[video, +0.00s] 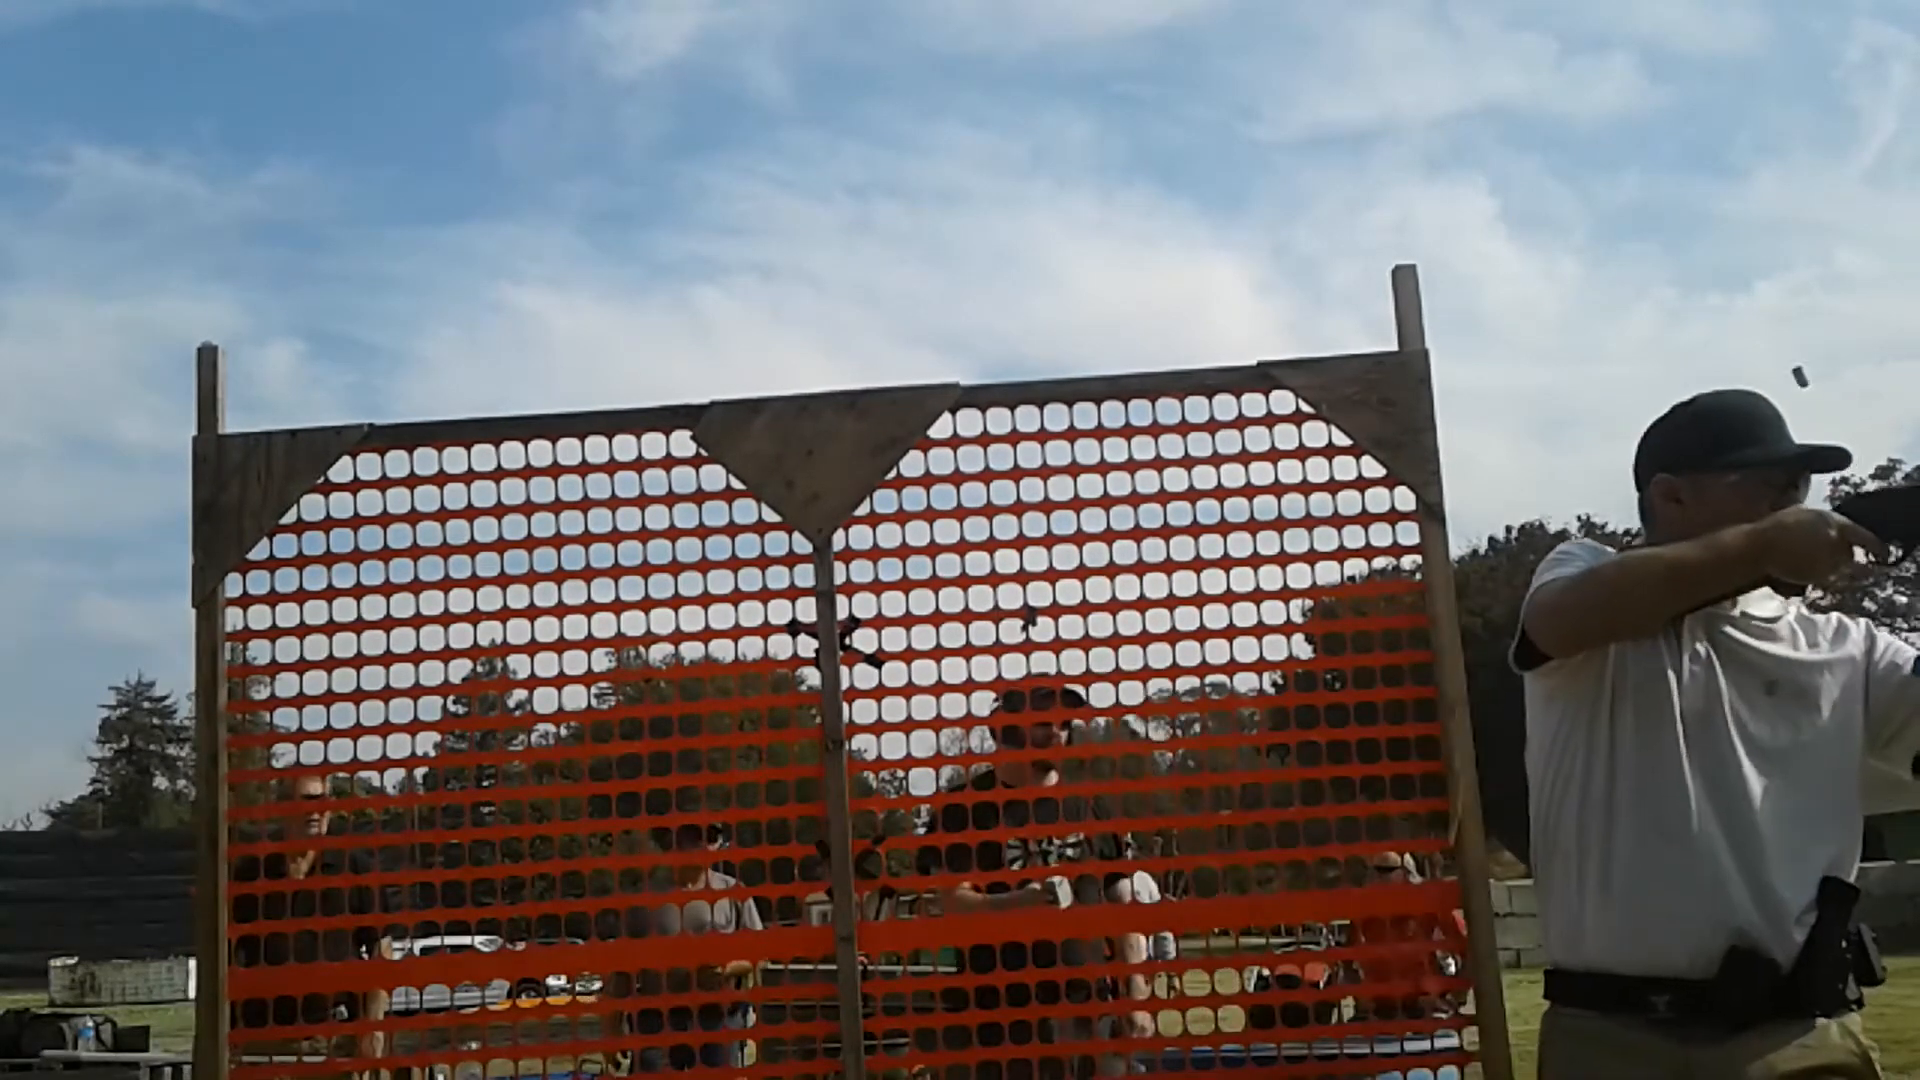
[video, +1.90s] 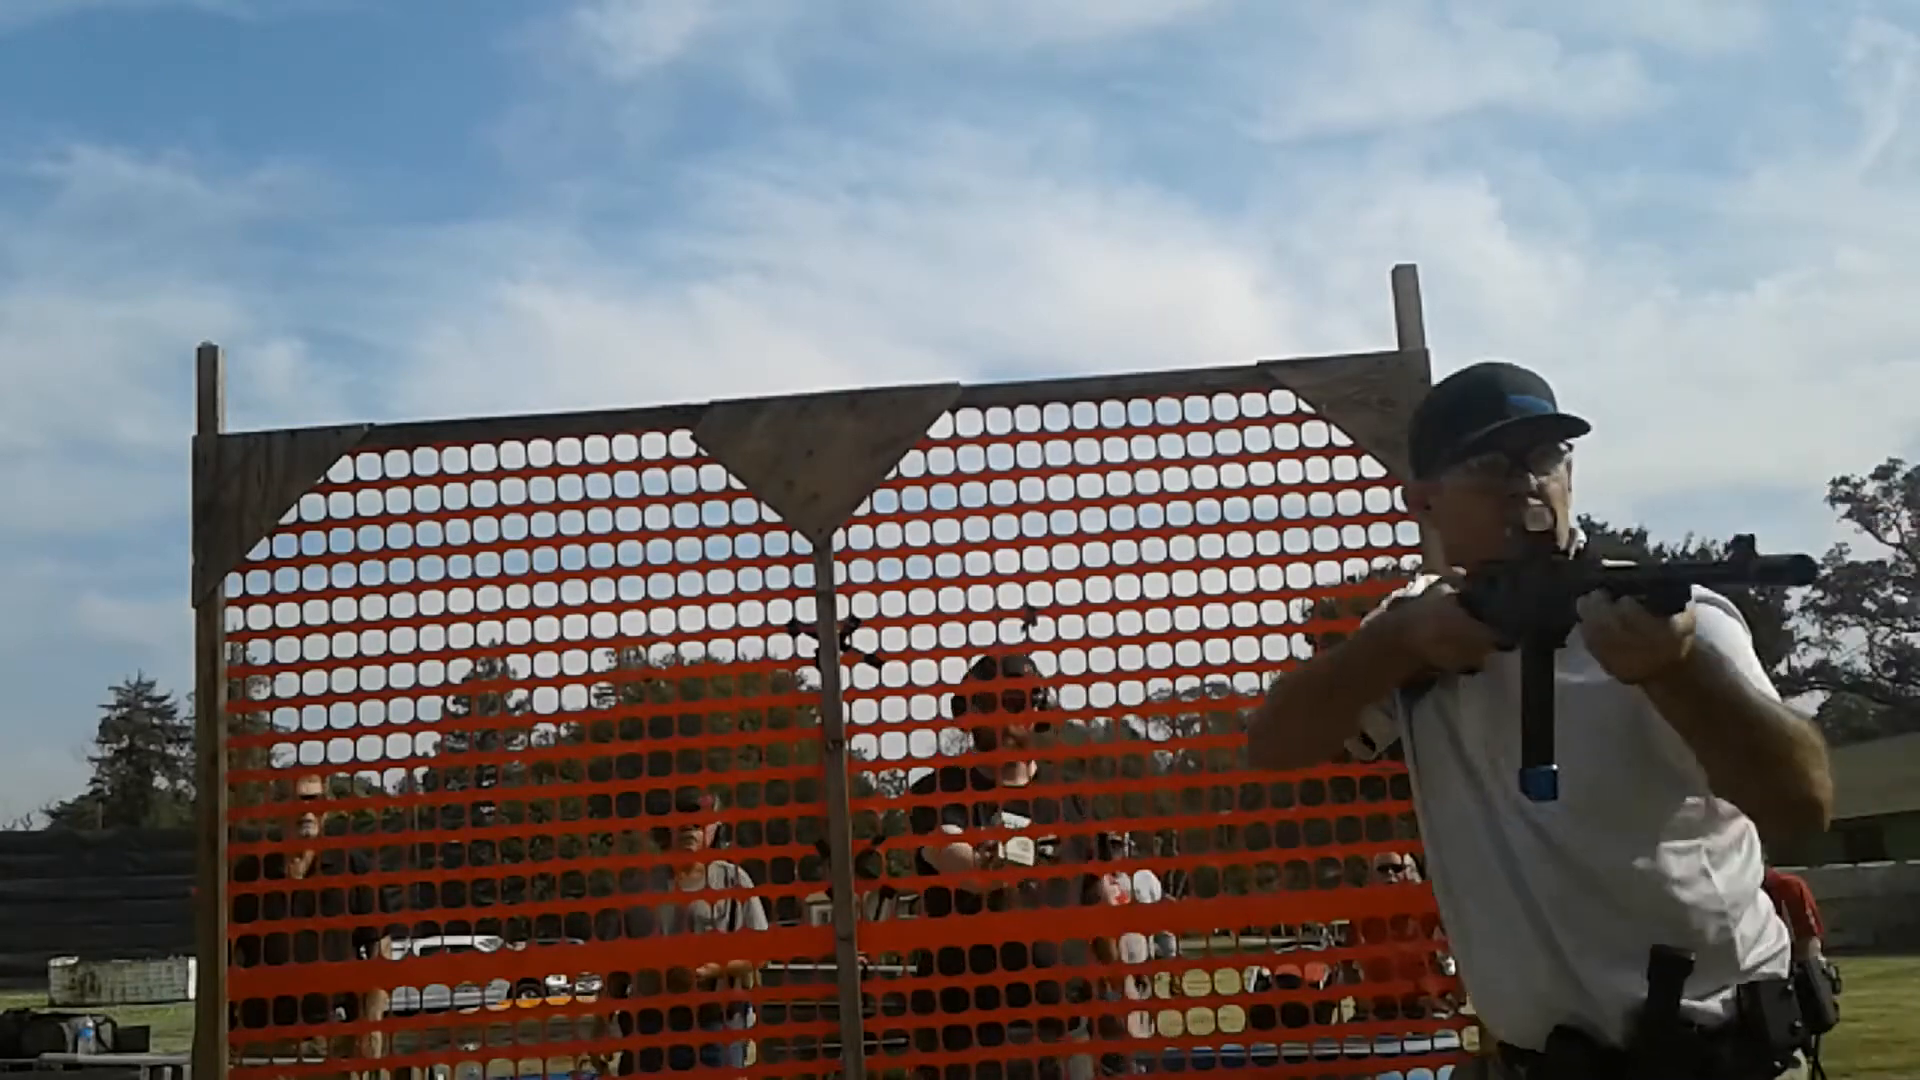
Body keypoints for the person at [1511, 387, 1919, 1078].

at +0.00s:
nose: (1796, 513)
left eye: (1798, 491)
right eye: (1769, 487)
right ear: (1670, 497)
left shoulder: (1841, 644)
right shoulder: (1586, 572)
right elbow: (1558, 621)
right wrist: (1762, 548)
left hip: (1800, 1034)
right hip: (1610, 1038)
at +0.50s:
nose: (1773, 504)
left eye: (1791, 478)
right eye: (1745, 479)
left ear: (1816, 487)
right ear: (1678, 508)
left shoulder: (1879, 625)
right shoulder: (1643, 644)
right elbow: (1513, 665)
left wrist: (1915, 558)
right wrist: (1682, 577)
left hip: (1862, 1043)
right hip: (1684, 1044)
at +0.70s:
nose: (1805, 474)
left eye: (1824, 445)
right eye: (1775, 455)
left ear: (1860, 450)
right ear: (1723, 488)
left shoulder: (1905, 581)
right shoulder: (1722, 604)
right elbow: (1572, 658)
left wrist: (1913, 532)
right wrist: (1722, 558)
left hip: (1906, 1029)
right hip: (1773, 1034)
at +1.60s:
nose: (1760, 448)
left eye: (1785, 417)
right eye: (1727, 430)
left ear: (1850, 423)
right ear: (1699, 464)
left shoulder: (1907, 542)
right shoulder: (1711, 592)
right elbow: (1562, 705)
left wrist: (1891, 555)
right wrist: (1682, 580)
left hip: (1905, 1035)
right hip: (1766, 1039)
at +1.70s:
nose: (1701, 449)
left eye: (1722, 422)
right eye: (1667, 430)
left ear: (1769, 444)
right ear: (1618, 473)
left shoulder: (1862, 580)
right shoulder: (1622, 617)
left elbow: (1912, 780)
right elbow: (1478, 729)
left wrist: (1771, 644)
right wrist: (1580, 624)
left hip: (1885, 1035)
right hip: (1716, 1043)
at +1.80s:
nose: (1624, 466)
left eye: (1642, 439)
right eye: (1587, 446)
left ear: (1676, 463)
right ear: (1526, 486)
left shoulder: (1769, 596)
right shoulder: (1519, 630)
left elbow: (1861, 802)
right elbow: (1378, 742)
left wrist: (1700, 676)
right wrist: (1483, 641)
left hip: (1817, 1038)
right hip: (1636, 1047)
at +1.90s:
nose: (1532, 487)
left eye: (1549, 462)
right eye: (1494, 466)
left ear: (1570, 482)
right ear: (1425, 502)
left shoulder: (1677, 613)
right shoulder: (1413, 635)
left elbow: (1802, 811)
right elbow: (1273, 743)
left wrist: (1673, 672)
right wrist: (1402, 643)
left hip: (1727, 1036)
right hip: (1539, 1052)